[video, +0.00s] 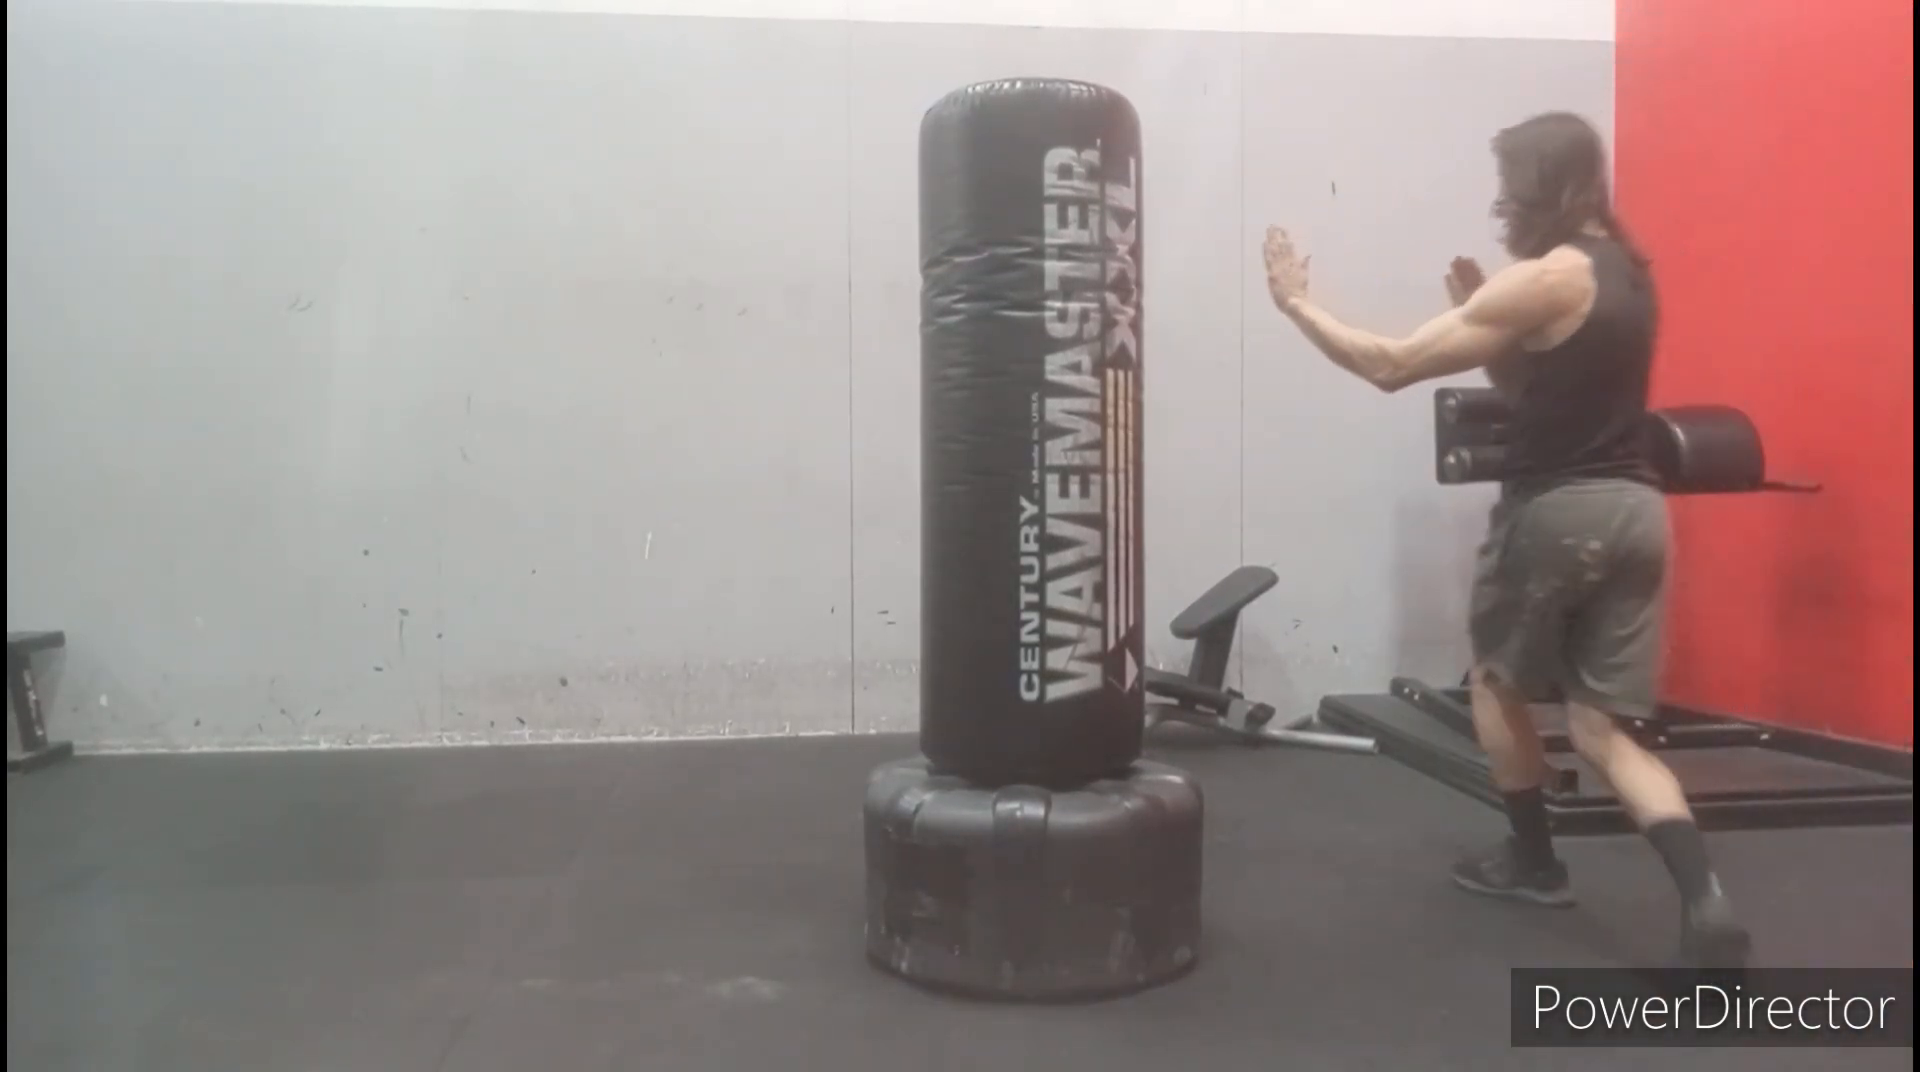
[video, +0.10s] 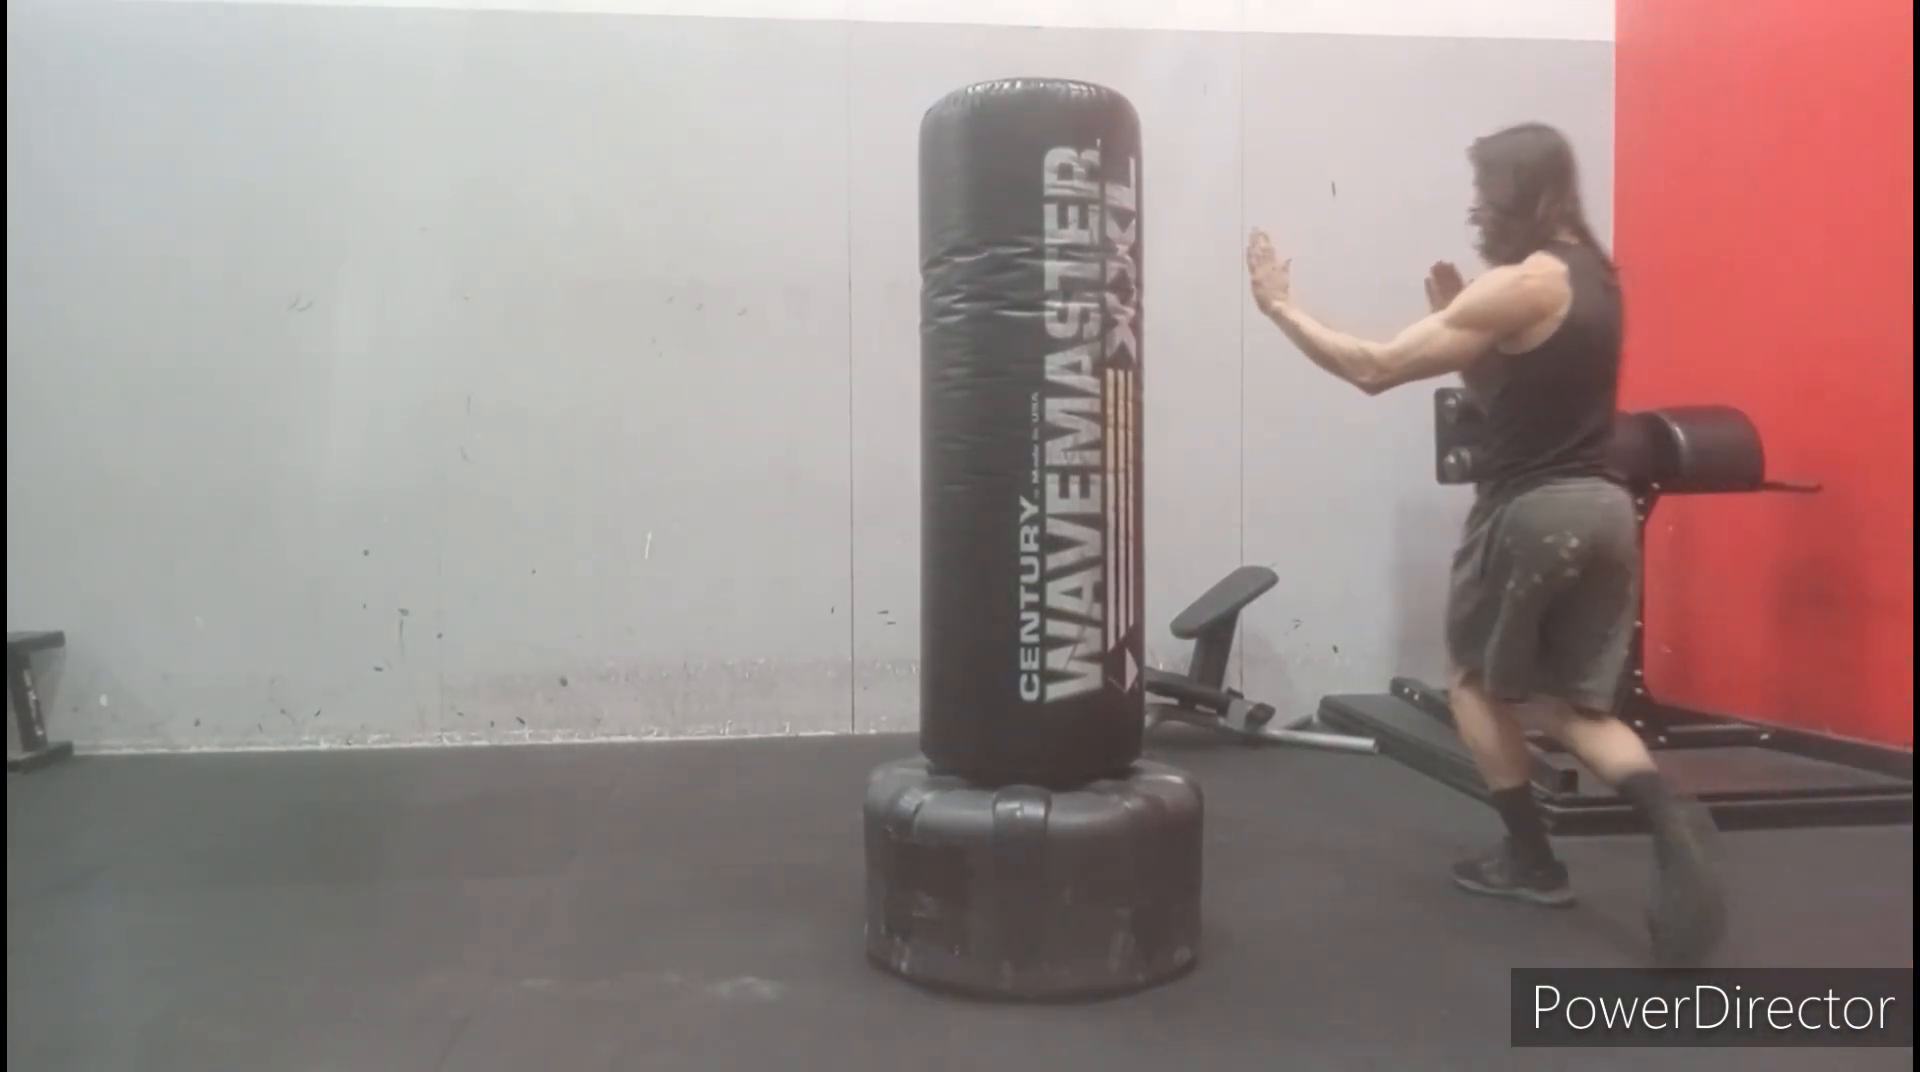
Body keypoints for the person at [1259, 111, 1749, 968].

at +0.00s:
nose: (1498, 197)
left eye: (1506, 181)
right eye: (1498, 180)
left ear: (1538, 186)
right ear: (1588, 185)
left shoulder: (1551, 279)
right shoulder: (1627, 265)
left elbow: (1390, 366)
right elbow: (1546, 380)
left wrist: (1297, 301)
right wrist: (1489, 311)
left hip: (1554, 509)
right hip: (1637, 505)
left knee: (1496, 682)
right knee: (1602, 725)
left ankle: (1534, 860)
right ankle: (1703, 895)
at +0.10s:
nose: (1473, 205)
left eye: (1481, 190)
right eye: (1474, 189)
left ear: (1515, 195)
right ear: (1556, 195)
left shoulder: (1526, 285)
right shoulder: (1594, 275)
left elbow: (1374, 368)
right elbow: (1518, 382)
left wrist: (1280, 306)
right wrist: (1467, 316)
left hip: (1531, 511)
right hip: (1606, 507)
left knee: (1474, 684)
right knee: (1568, 705)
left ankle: (1531, 859)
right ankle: (1668, 810)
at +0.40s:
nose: (1408, 223)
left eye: (1419, 211)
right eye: (1410, 209)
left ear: (1455, 217)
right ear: (1476, 217)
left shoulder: (1470, 291)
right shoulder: (1497, 289)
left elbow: (1336, 369)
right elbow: (1426, 416)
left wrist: (1240, 313)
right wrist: (1393, 331)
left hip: (1490, 509)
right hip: (1504, 500)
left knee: (1442, 691)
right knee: (1390, 621)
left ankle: (1533, 859)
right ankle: (1458, 775)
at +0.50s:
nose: (1383, 229)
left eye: (1395, 216)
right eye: (1385, 215)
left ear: (1432, 222)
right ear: (1445, 223)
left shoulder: (1450, 294)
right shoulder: (1448, 294)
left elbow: (1323, 370)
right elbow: (1396, 419)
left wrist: (1226, 316)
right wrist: (1370, 332)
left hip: (1464, 510)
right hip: (1451, 506)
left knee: (1426, 700)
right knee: (1362, 628)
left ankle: (1533, 856)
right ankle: (1371, 792)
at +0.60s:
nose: (1359, 236)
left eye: (1369, 224)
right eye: (1359, 223)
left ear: (1406, 230)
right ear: (1410, 230)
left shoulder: (1429, 300)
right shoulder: (1411, 303)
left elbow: (1306, 370)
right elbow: (1357, 416)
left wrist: (1211, 317)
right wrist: (1345, 334)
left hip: (1432, 514)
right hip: (1420, 512)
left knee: (1412, 705)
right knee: (1330, 640)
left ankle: (1528, 845)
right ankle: (1351, 800)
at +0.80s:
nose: (1305, 246)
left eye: (1316, 233)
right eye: (1304, 233)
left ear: (1354, 240)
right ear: (1329, 237)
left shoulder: (1377, 309)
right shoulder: (1344, 312)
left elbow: (1277, 374)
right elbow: (1287, 413)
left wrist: (1180, 320)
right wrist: (1291, 341)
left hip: (1371, 507)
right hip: (1357, 505)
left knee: (1279, 655)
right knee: (1299, 657)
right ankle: (1343, 800)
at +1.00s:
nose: (1257, 255)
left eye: (1269, 242)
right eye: (1256, 242)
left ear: (1307, 249)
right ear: (1269, 248)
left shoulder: (1331, 315)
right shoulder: (1295, 322)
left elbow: (1247, 380)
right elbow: (1238, 421)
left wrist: (1152, 329)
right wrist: (1245, 350)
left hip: (1312, 505)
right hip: (1318, 505)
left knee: (1171, 601)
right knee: (1248, 660)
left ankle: (1252, 722)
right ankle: (1336, 794)